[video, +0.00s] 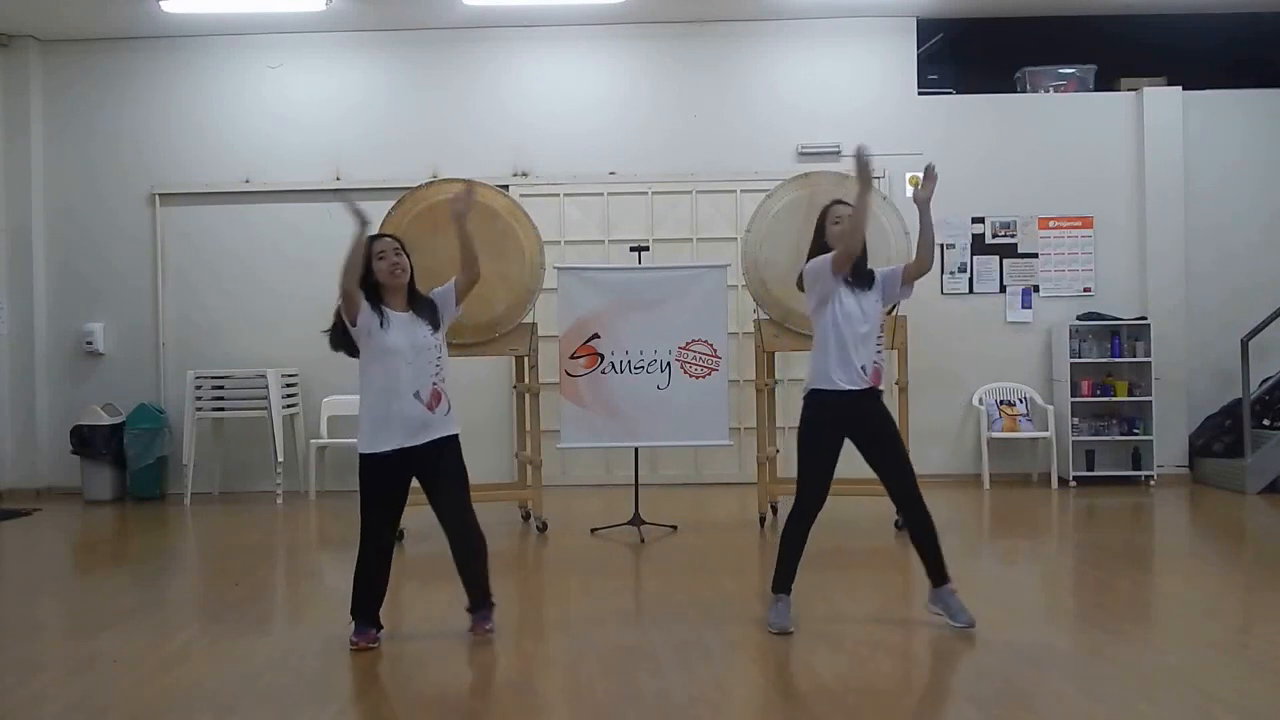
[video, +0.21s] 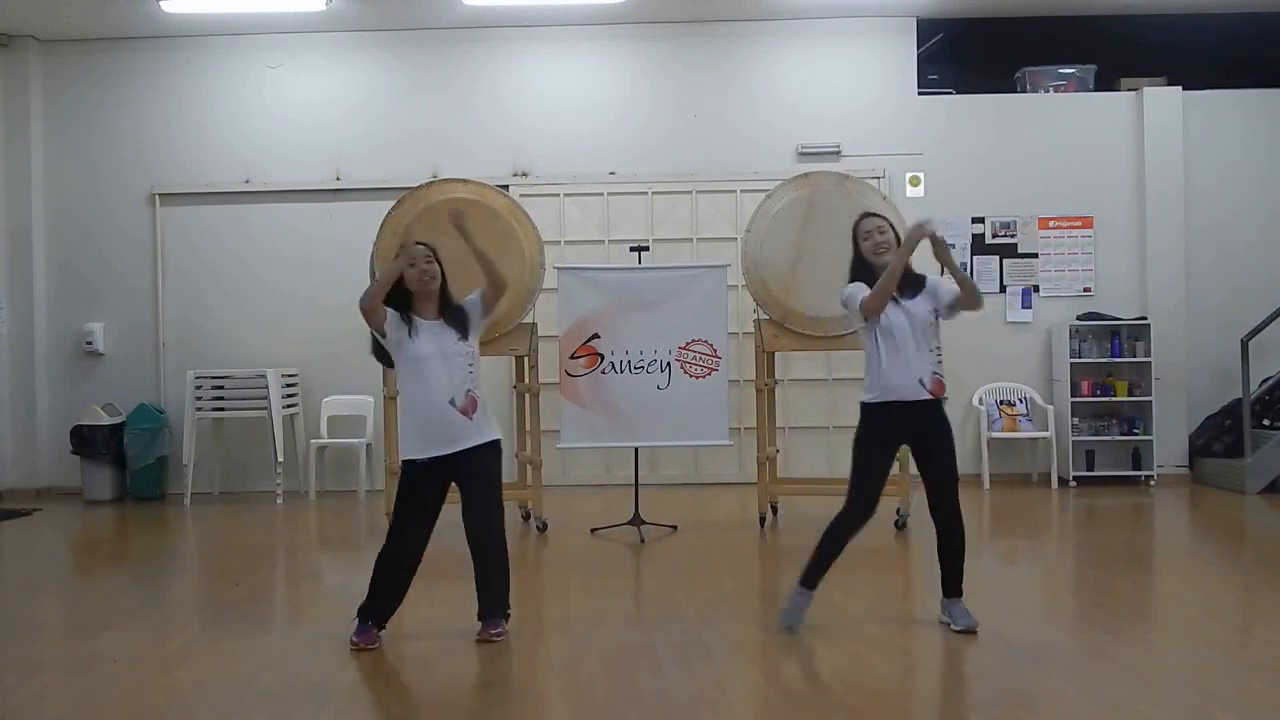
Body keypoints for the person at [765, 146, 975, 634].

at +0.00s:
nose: (847, 224)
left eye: (853, 218)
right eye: (837, 219)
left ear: (864, 229)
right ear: (822, 235)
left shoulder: (877, 282)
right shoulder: (816, 277)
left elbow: (922, 264)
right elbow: (850, 249)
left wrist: (923, 209)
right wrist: (865, 191)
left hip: (869, 403)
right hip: (824, 405)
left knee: (909, 496)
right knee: (809, 502)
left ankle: (941, 589)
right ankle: (781, 597)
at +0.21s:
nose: (878, 239)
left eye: (883, 232)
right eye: (867, 236)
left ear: (898, 239)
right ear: (858, 250)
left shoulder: (926, 286)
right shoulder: (856, 291)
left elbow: (973, 301)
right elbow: (873, 308)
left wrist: (948, 259)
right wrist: (908, 248)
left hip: (929, 412)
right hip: (881, 412)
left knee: (947, 511)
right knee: (858, 510)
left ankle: (953, 602)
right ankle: (803, 592)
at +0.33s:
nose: (891, 233)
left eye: (896, 225)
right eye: (881, 230)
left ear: (912, 233)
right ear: (873, 245)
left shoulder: (944, 286)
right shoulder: (874, 293)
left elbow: (997, 320)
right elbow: (849, 330)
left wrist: (992, 291)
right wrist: (863, 284)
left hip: (940, 407)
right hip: (891, 408)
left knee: (952, 508)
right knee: (888, 506)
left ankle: (953, 601)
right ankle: (854, 585)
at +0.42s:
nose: (902, 228)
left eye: (908, 220)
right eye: (893, 224)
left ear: (923, 229)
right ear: (884, 237)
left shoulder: (952, 283)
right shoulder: (873, 288)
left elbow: (992, 329)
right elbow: (833, 337)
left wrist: (1019, 312)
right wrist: (823, 315)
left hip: (947, 405)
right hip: (896, 406)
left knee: (954, 506)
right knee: (916, 504)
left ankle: (953, 599)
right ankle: (903, 582)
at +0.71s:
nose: (904, 235)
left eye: (912, 228)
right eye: (896, 230)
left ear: (928, 235)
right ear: (888, 240)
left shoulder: (954, 286)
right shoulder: (875, 291)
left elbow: (1002, 307)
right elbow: (829, 323)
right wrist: (798, 281)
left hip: (947, 408)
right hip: (896, 409)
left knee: (951, 505)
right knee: (885, 506)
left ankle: (953, 600)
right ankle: (903, 579)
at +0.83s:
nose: (896, 230)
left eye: (904, 222)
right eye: (888, 225)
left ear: (920, 229)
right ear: (880, 236)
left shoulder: (944, 277)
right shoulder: (870, 285)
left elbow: (981, 268)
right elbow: (822, 291)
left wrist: (973, 213)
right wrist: (808, 236)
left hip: (940, 405)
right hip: (887, 406)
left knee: (945, 505)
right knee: (858, 496)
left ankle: (953, 599)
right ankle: (857, 585)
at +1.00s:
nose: (881, 230)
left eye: (888, 223)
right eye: (873, 225)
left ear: (903, 230)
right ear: (864, 236)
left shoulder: (918, 281)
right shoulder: (854, 283)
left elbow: (920, 252)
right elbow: (824, 263)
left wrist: (902, 202)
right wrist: (824, 208)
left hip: (912, 406)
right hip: (861, 405)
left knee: (932, 503)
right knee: (832, 501)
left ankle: (953, 599)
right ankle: (794, 594)